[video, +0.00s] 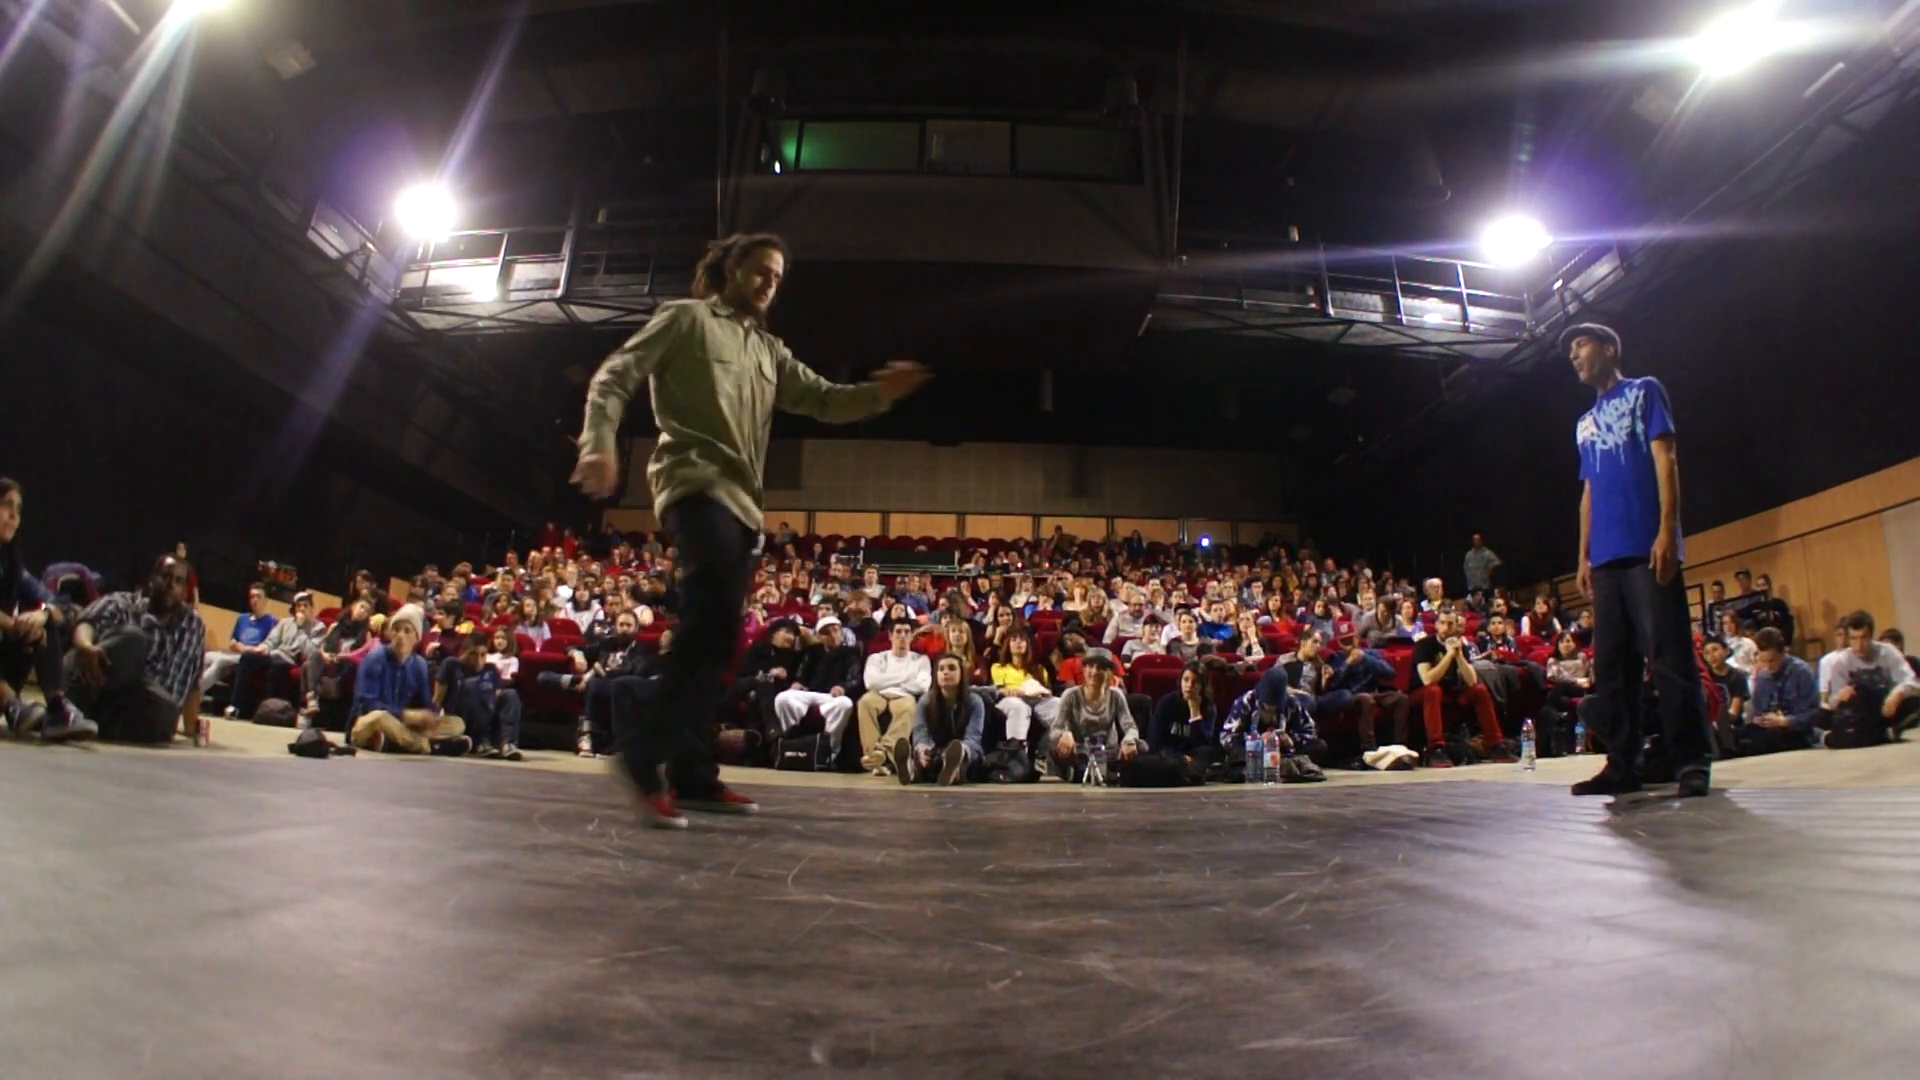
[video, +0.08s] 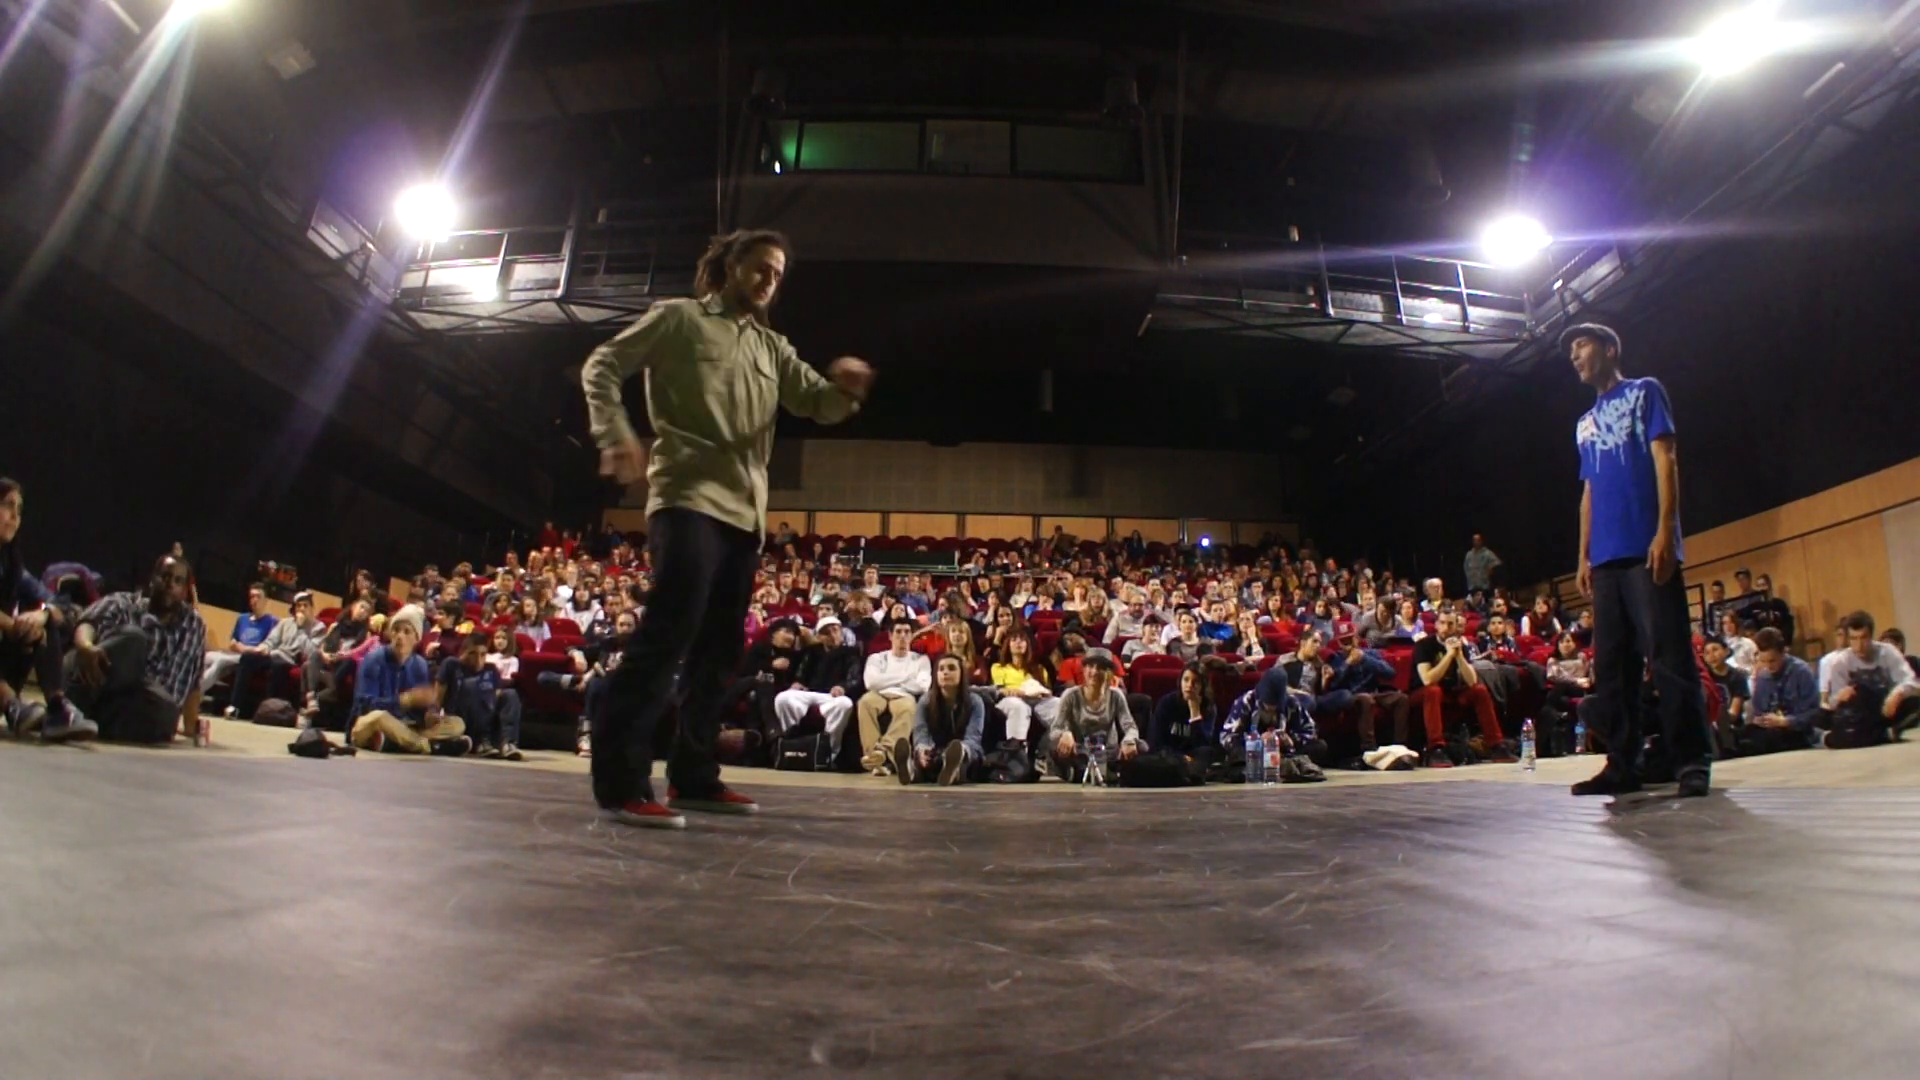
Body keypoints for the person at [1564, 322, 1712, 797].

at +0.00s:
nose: (1573, 358)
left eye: (1581, 347)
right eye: (1571, 353)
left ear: (1610, 349)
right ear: (1578, 363)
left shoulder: (1644, 391)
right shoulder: (1584, 424)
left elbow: (1666, 459)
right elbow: (1588, 492)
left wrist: (1668, 530)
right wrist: (1584, 556)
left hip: (1647, 550)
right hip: (1604, 560)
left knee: (1670, 660)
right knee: (1613, 665)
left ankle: (1691, 764)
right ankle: (1622, 764)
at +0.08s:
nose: (1574, 357)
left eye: (1582, 347)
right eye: (1571, 352)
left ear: (1610, 349)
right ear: (1577, 363)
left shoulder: (1645, 391)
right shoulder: (1584, 424)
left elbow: (1666, 460)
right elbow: (1589, 492)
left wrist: (1666, 531)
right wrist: (1584, 555)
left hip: (1647, 551)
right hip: (1604, 561)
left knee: (1670, 660)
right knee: (1613, 666)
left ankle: (1691, 764)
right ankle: (1622, 764)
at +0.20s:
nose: (1578, 356)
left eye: (1585, 346)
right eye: (1574, 352)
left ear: (1613, 349)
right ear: (1577, 363)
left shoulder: (1644, 391)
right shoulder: (1583, 423)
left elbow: (1665, 460)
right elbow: (1587, 491)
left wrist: (1665, 531)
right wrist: (1584, 556)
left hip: (1647, 551)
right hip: (1604, 561)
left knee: (1670, 661)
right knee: (1613, 667)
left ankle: (1692, 764)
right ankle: (1622, 766)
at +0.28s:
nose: (1579, 354)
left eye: (1587, 345)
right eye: (1575, 350)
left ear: (1614, 350)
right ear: (1578, 363)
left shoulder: (1644, 390)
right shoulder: (1582, 422)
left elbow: (1664, 460)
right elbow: (1586, 491)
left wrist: (1664, 531)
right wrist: (1583, 557)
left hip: (1647, 551)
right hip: (1604, 560)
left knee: (1670, 661)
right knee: (1613, 667)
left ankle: (1691, 764)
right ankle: (1622, 766)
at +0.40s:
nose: (1576, 353)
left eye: (1584, 343)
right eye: (1572, 348)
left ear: (1613, 348)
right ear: (1577, 361)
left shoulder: (1643, 390)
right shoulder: (1582, 422)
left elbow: (1664, 460)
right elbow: (1585, 490)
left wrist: (1664, 532)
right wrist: (1580, 556)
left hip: (1647, 551)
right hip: (1604, 561)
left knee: (1670, 662)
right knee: (1613, 668)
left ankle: (1691, 764)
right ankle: (1622, 766)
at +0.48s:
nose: (1574, 352)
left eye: (1583, 343)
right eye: (1571, 348)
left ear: (1612, 348)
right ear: (1576, 361)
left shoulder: (1643, 390)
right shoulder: (1582, 422)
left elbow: (1664, 459)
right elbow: (1585, 490)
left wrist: (1665, 531)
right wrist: (1578, 555)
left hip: (1646, 551)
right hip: (1603, 560)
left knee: (1670, 662)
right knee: (1613, 668)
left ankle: (1691, 764)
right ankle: (1622, 766)